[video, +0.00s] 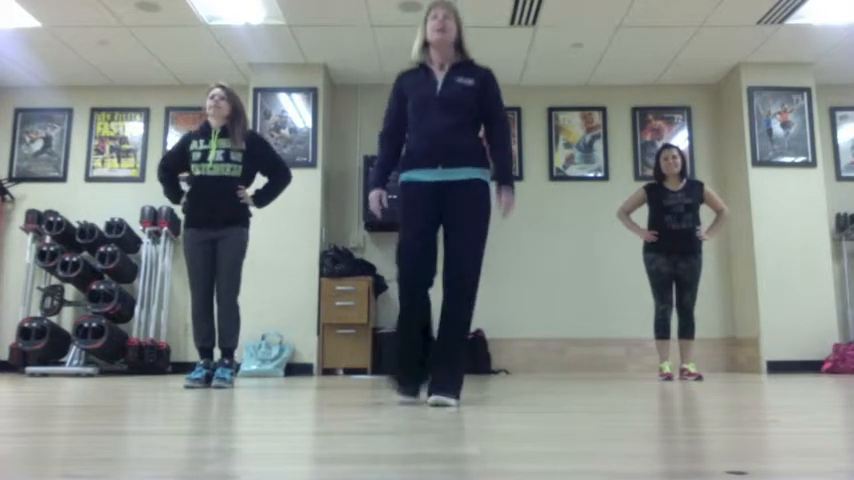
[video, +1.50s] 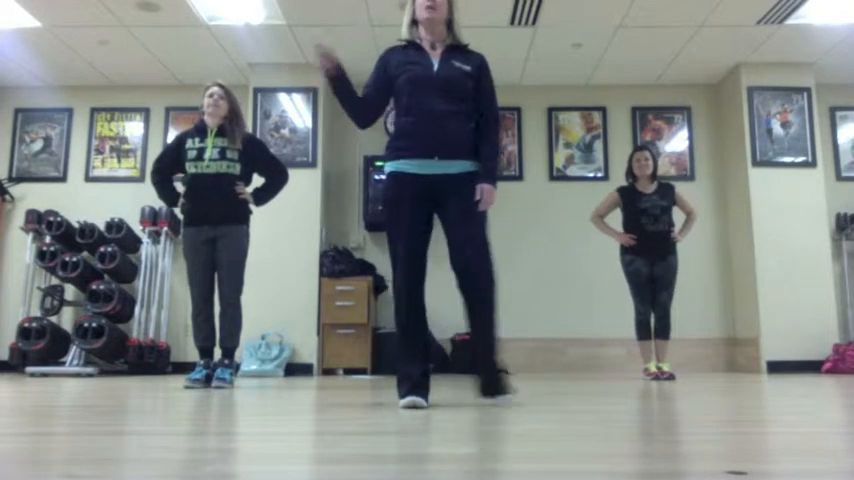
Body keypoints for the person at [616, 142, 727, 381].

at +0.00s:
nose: (671, 162)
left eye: (674, 157)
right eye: (666, 159)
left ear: (682, 161)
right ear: (659, 164)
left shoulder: (696, 188)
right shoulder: (651, 190)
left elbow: (722, 210)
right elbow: (622, 212)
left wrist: (708, 234)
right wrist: (641, 232)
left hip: (689, 253)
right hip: (659, 254)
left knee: (686, 308)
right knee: (663, 307)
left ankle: (686, 363)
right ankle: (664, 363)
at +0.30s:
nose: (666, 163)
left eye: (670, 159)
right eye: (661, 160)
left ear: (677, 162)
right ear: (655, 165)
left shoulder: (691, 189)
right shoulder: (646, 190)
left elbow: (717, 212)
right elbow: (616, 212)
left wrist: (702, 234)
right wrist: (635, 232)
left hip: (683, 254)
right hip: (652, 254)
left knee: (682, 309)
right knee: (654, 308)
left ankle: (686, 364)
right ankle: (651, 364)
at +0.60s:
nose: (657, 163)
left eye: (661, 158)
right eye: (653, 159)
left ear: (668, 162)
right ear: (645, 164)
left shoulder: (680, 190)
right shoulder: (635, 190)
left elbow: (703, 214)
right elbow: (605, 212)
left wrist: (690, 235)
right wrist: (625, 232)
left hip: (673, 253)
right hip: (643, 254)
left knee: (677, 307)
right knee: (647, 308)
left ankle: (685, 364)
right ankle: (649, 364)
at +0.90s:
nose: (647, 163)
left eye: (651, 159)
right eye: (643, 160)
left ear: (658, 162)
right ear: (636, 164)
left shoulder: (669, 191)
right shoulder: (625, 191)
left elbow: (692, 214)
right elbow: (595, 212)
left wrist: (680, 235)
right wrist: (616, 234)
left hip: (665, 253)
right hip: (634, 255)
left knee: (673, 307)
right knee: (641, 310)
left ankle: (679, 362)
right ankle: (648, 365)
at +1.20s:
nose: (642, 164)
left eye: (646, 160)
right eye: (638, 161)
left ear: (653, 163)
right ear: (631, 166)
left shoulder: (667, 191)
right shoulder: (623, 193)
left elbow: (691, 213)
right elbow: (594, 216)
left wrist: (679, 235)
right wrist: (616, 235)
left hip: (664, 254)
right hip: (635, 256)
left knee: (663, 308)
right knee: (641, 309)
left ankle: (663, 362)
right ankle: (648, 364)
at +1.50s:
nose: (642, 164)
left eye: (646, 160)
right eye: (638, 161)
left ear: (654, 163)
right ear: (631, 166)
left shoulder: (667, 191)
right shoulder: (624, 193)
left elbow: (692, 213)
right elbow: (595, 217)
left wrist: (680, 235)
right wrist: (617, 235)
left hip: (665, 253)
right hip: (636, 255)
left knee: (663, 307)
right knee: (642, 309)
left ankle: (662, 362)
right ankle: (648, 363)